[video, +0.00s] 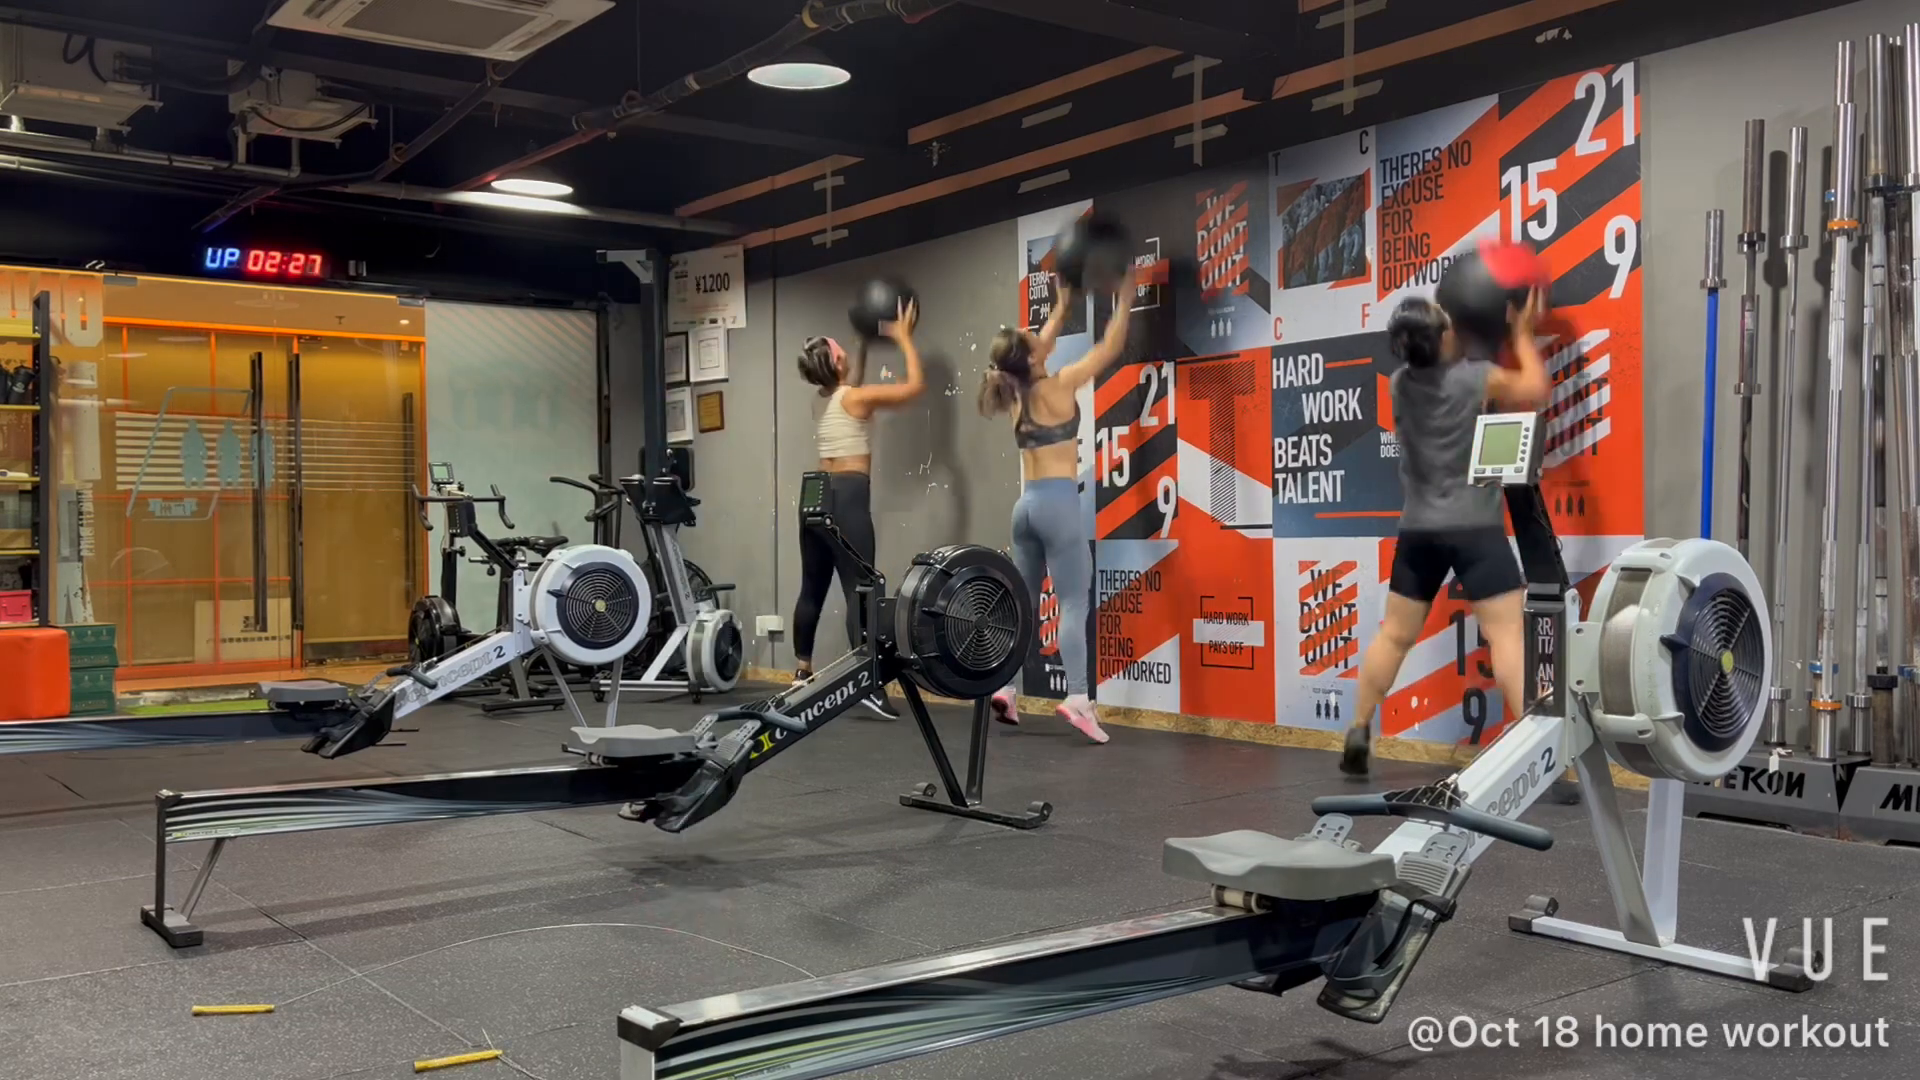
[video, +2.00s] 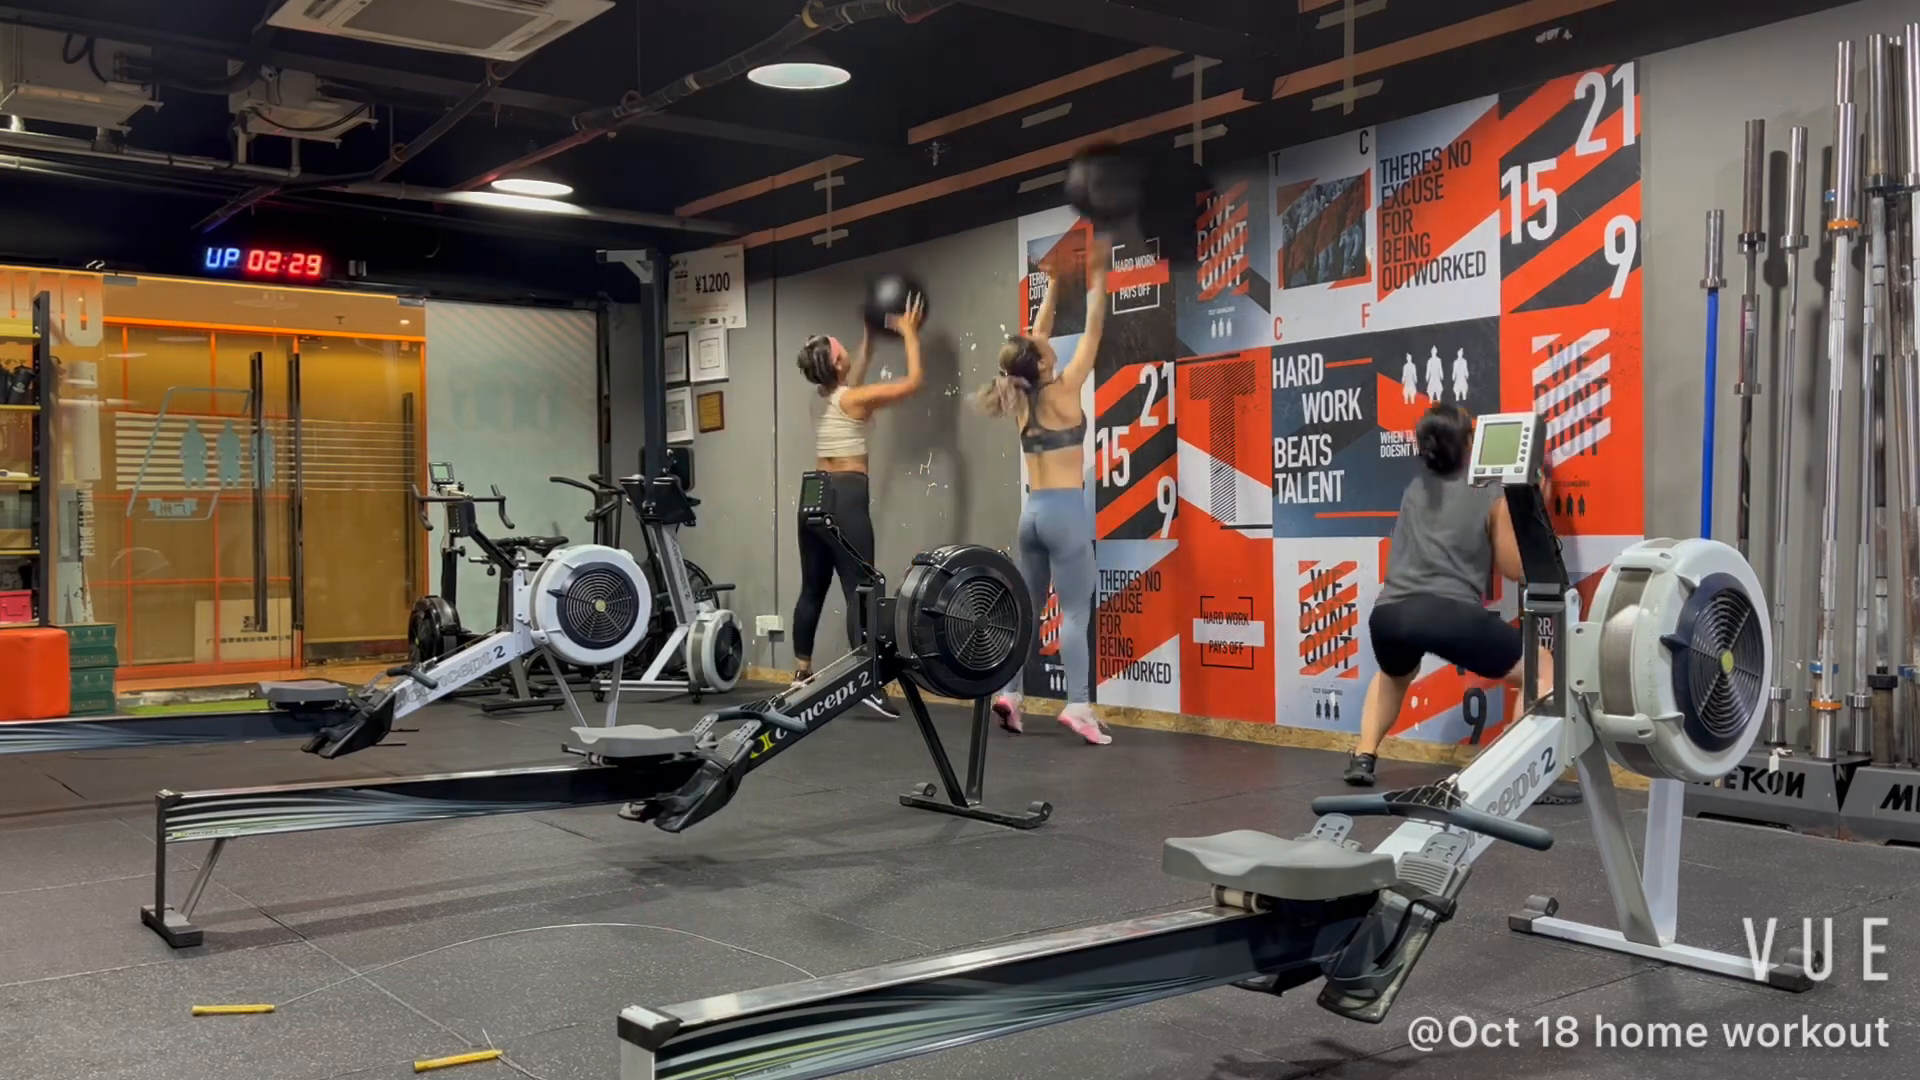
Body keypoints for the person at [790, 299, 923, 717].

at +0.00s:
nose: (841, 347)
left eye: (835, 344)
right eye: (838, 346)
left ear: (821, 370)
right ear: (837, 360)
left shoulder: (824, 402)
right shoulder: (855, 396)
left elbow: (858, 392)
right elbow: (914, 387)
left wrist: (865, 349)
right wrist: (905, 339)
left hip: (817, 497)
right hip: (848, 497)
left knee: (812, 588)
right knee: (860, 589)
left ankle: (803, 672)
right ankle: (867, 681)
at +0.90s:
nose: (842, 381)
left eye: (837, 379)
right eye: (838, 381)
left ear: (821, 404)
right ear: (837, 397)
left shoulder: (825, 433)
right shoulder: (851, 427)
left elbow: (877, 425)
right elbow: (909, 418)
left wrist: (880, 385)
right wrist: (920, 370)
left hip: (788, 533)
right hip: (817, 532)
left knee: (810, 612)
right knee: (868, 605)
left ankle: (797, 694)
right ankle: (855, 699)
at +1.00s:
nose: (851, 408)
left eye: (846, 405)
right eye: (847, 408)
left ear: (824, 429)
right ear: (844, 423)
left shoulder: (819, 460)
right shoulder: (856, 460)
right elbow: (918, 479)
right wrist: (918, 437)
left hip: (785, 553)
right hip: (819, 552)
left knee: (815, 619)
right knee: (874, 612)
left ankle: (798, 696)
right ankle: (856, 701)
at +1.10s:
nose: (864, 449)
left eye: (860, 445)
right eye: (859, 448)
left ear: (834, 462)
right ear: (854, 461)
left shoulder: (822, 489)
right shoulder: (863, 494)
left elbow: (853, 515)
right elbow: (913, 536)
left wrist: (874, 489)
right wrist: (904, 494)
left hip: (785, 586)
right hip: (821, 588)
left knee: (823, 620)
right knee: (885, 620)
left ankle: (800, 695)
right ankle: (856, 701)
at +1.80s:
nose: (867, 403)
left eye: (863, 400)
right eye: (863, 403)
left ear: (844, 421)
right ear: (860, 417)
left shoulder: (833, 453)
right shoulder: (869, 455)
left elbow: (862, 481)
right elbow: (916, 495)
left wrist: (889, 455)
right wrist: (909, 456)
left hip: (793, 544)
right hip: (820, 544)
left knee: (824, 616)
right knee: (873, 606)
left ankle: (800, 691)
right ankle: (858, 698)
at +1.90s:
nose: (856, 369)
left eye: (850, 366)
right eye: (851, 369)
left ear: (832, 391)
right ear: (850, 385)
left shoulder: (832, 426)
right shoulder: (861, 422)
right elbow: (918, 444)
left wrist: (868, 400)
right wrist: (906, 401)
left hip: (807, 521)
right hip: (837, 523)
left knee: (817, 607)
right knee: (870, 602)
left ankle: (799, 686)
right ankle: (861, 695)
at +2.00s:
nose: (846, 351)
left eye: (840, 348)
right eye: (841, 350)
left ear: (822, 371)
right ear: (838, 365)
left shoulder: (825, 400)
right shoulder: (853, 398)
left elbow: (856, 381)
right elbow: (913, 382)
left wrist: (871, 339)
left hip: (814, 497)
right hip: (846, 498)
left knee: (812, 587)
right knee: (859, 588)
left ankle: (802, 674)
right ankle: (867, 680)